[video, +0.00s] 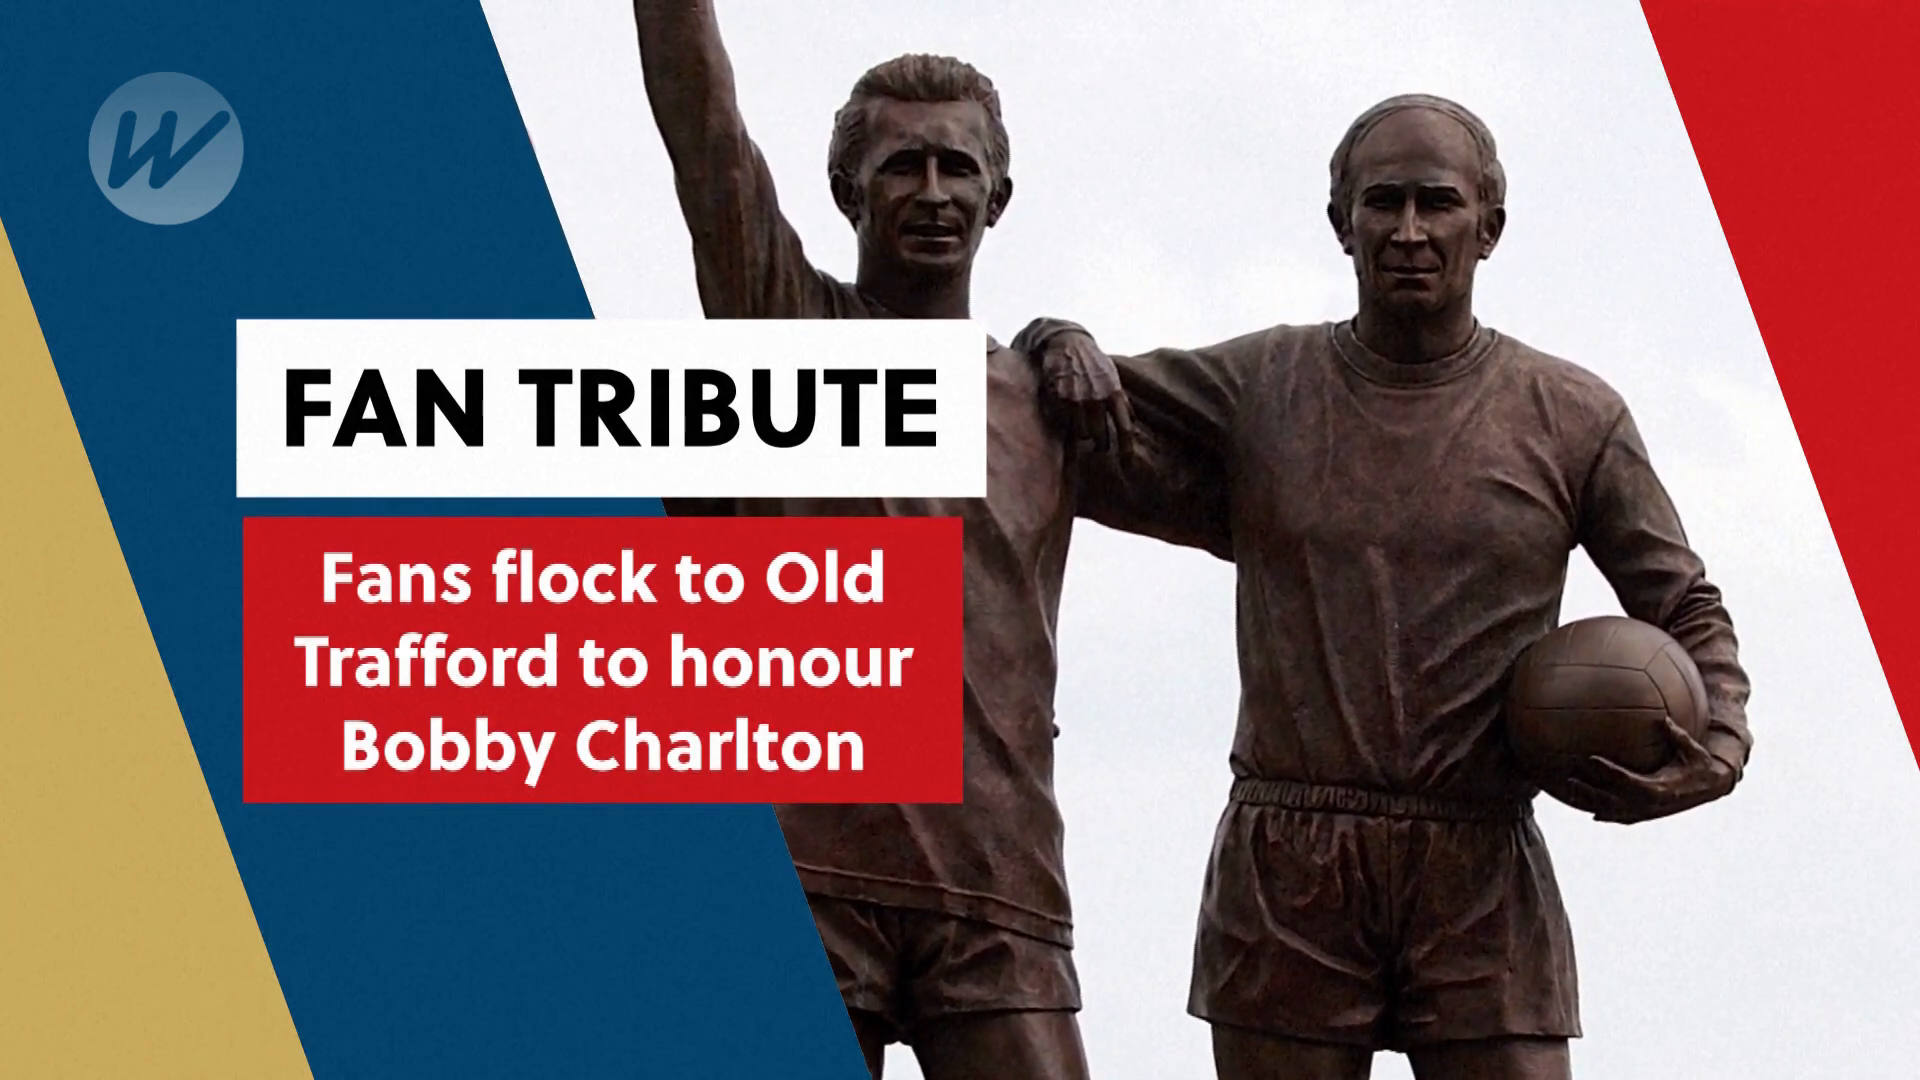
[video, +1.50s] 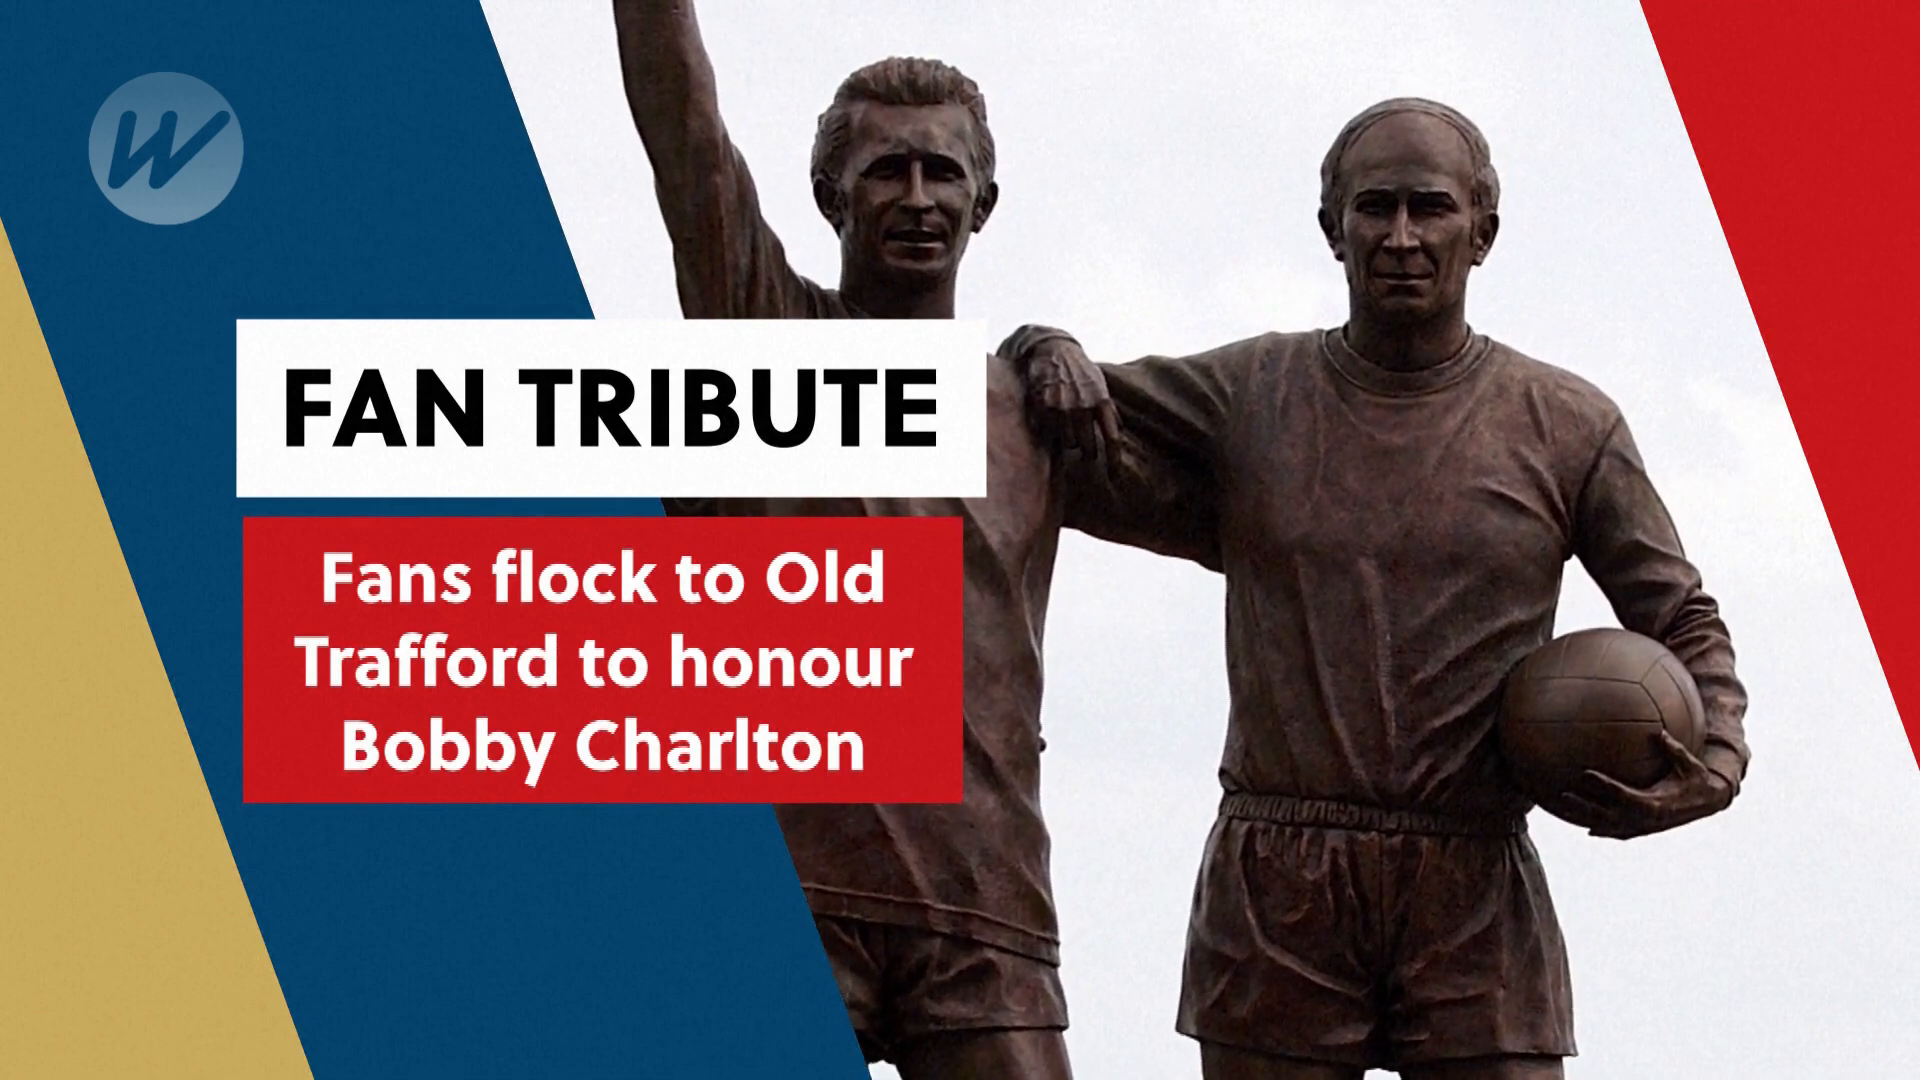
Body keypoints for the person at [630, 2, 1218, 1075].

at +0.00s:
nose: (933, 189)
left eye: (958, 166)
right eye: (902, 165)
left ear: (997, 197)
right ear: (849, 192)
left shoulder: (1049, 402)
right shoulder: (781, 330)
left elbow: (1255, 507)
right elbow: (701, 130)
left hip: (999, 890)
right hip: (805, 885)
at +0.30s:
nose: (930, 190)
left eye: (956, 167)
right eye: (898, 166)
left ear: (994, 197)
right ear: (845, 193)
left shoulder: (1045, 403)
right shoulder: (779, 333)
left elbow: (1252, 509)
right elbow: (700, 139)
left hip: (996, 891)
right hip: (803, 885)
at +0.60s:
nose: (928, 192)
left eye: (953, 168)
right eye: (897, 167)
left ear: (992, 198)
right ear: (841, 194)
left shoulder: (1044, 407)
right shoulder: (776, 336)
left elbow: (1255, 508)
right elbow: (694, 134)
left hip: (993, 897)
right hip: (799, 888)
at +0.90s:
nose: (924, 193)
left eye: (950, 169)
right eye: (893, 168)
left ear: (988, 201)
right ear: (839, 196)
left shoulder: (1042, 407)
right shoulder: (771, 336)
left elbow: (1250, 507)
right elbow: (691, 132)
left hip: (991, 901)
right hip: (797, 893)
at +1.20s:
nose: (920, 195)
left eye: (947, 171)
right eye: (889, 169)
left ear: (985, 201)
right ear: (832, 195)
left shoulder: (1036, 404)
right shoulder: (765, 334)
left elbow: (1246, 514)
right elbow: (687, 132)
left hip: (988, 905)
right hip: (794, 898)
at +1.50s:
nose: (918, 195)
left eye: (944, 171)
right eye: (886, 170)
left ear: (983, 202)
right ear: (829, 197)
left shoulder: (1032, 400)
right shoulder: (762, 334)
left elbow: (1244, 515)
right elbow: (681, 127)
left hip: (986, 909)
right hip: (790, 902)